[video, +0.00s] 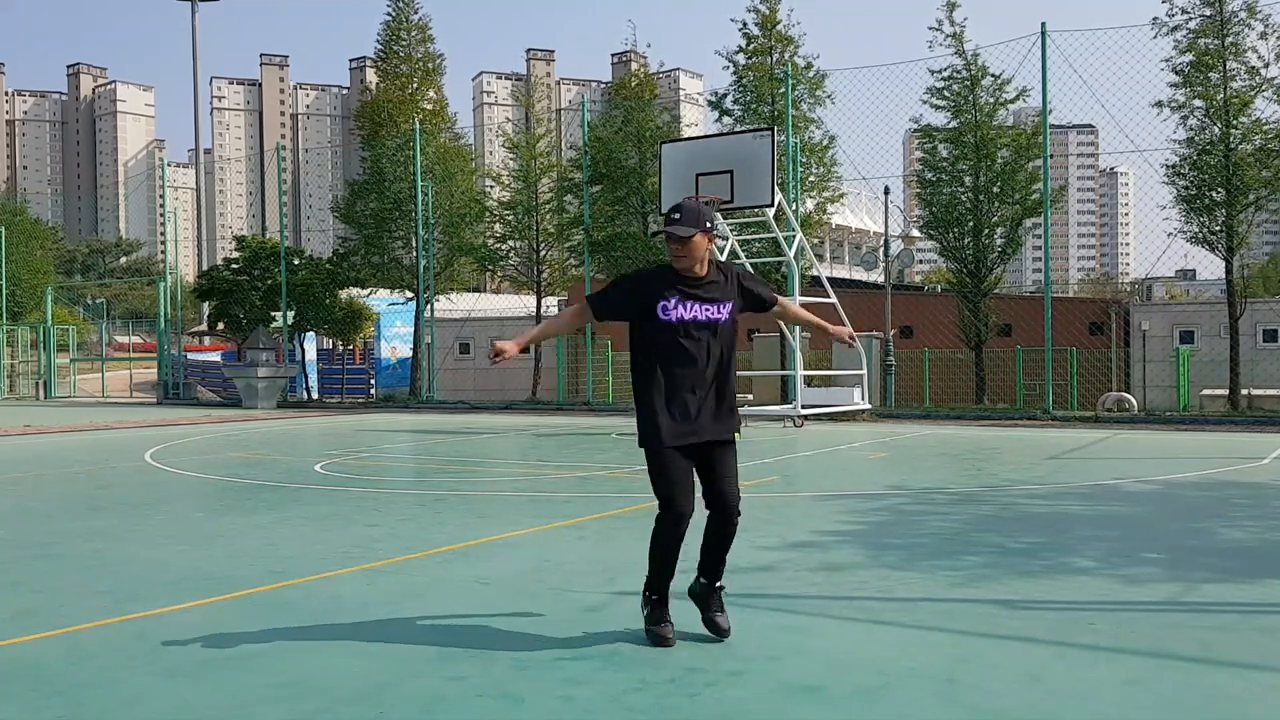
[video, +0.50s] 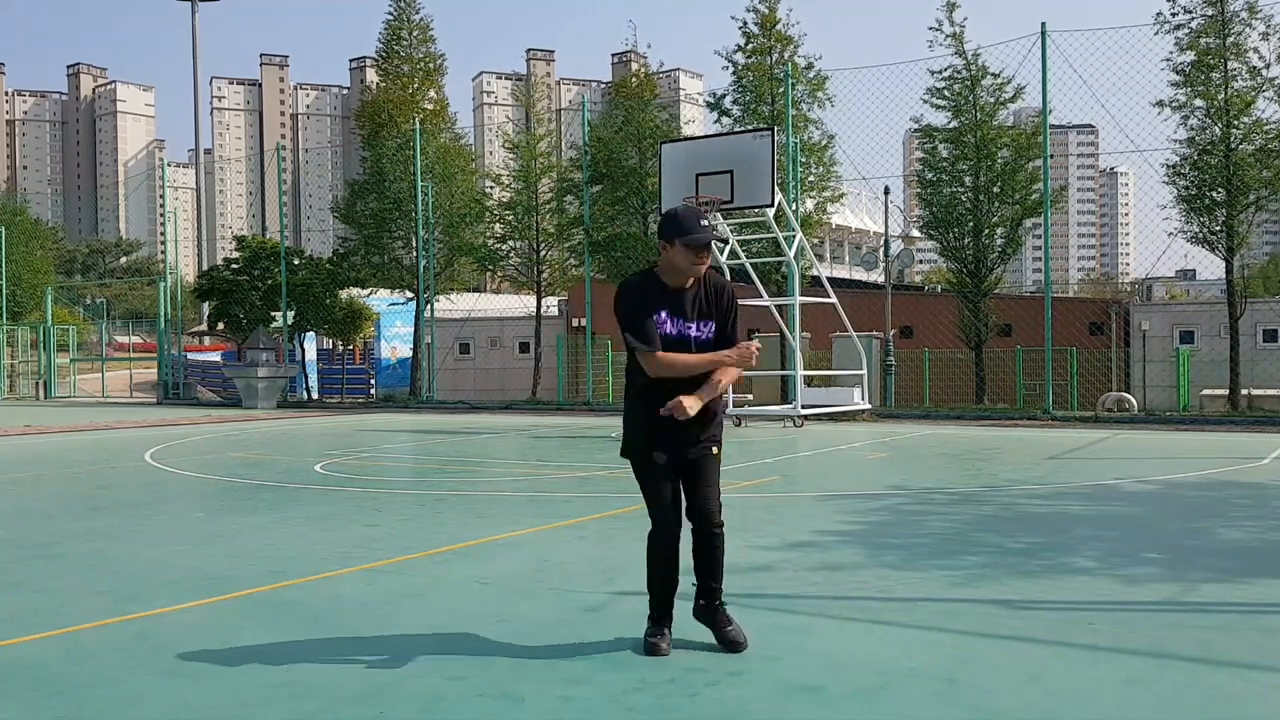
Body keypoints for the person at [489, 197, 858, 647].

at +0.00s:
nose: (675, 247)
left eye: (684, 239)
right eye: (671, 239)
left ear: (710, 239)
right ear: (666, 239)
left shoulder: (733, 281)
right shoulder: (644, 285)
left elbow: (779, 305)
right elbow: (582, 312)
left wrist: (826, 327)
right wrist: (522, 341)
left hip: (716, 419)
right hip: (663, 422)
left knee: (727, 509)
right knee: (677, 509)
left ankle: (707, 586)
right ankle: (656, 602)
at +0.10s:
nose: (679, 267)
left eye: (688, 259)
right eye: (673, 259)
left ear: (710, 254)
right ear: (665, 256)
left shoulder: (735, 295)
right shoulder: (647, 301)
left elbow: (787, 313)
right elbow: (584, 324)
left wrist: (842, 319)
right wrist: (526, 336)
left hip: (726, 435)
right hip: (671, 438)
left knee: (736, 526)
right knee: (681, 527)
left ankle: (725, 616)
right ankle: (661, 623)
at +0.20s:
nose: (702, 290)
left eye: (710, 281)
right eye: (693, 281)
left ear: (720, 281)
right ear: (673, 279)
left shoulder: (738, 316)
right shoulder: (647, 320)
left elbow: (789, 336)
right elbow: (595, 358)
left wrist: (844, 358)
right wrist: (550, 380)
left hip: (721, 449)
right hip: (667, 450)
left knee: (730, 532)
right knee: (682, 532)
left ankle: (723, 622)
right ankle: (662, 623)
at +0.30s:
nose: (716, 301)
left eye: (721, 292)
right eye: (706, 294)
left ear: (727, 289)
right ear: (678, 294)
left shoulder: (733, 332)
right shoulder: (646, 332)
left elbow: (776, 373)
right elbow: (613, 389)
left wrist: (804, 429)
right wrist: (611, 456)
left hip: (712, 443)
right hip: (661, 446)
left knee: (720, 522)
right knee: (681, 517)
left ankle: (723, 618)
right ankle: (662, 618)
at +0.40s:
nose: (713, 283)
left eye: (715, 275)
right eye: (703, 277)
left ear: (720, 275)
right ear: (673, 280)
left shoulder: (728, 320)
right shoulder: (639, 321)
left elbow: (746, 381)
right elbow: (640, 396)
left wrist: (737, 443)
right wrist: (696, 433)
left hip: (707, 429)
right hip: (655, 430)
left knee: (714, 523)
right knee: (674, 519)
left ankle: (723, 617)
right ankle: (661, 618)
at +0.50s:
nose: (705, 255)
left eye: (707, 247)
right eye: (694, 248)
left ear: (710, 246)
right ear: (665, 247)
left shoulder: (719, 291)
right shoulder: (634, 293)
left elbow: (734, 364)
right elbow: (652, 364)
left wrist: (698, 397)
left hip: (701, 425)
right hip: (650, 428)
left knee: (709, 516)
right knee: (667, 521)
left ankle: (710, 604)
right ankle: (660, 620)